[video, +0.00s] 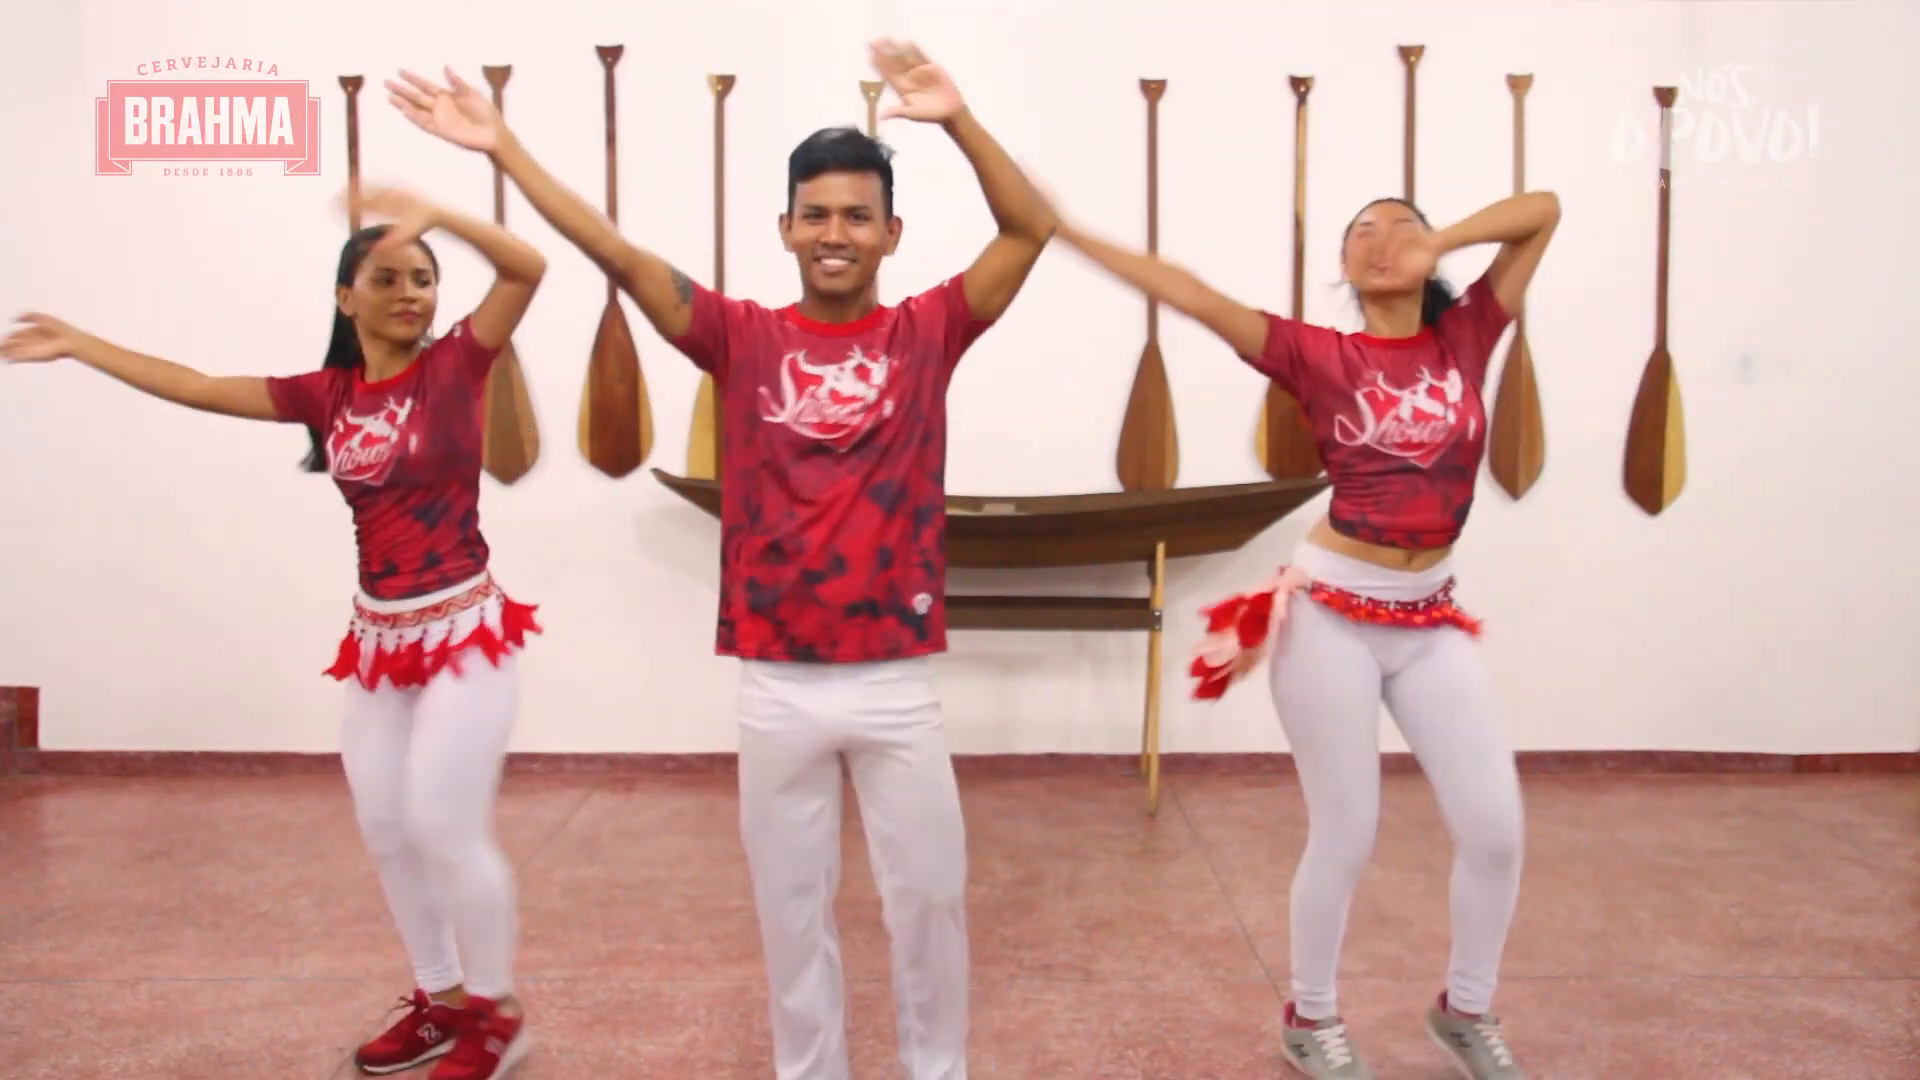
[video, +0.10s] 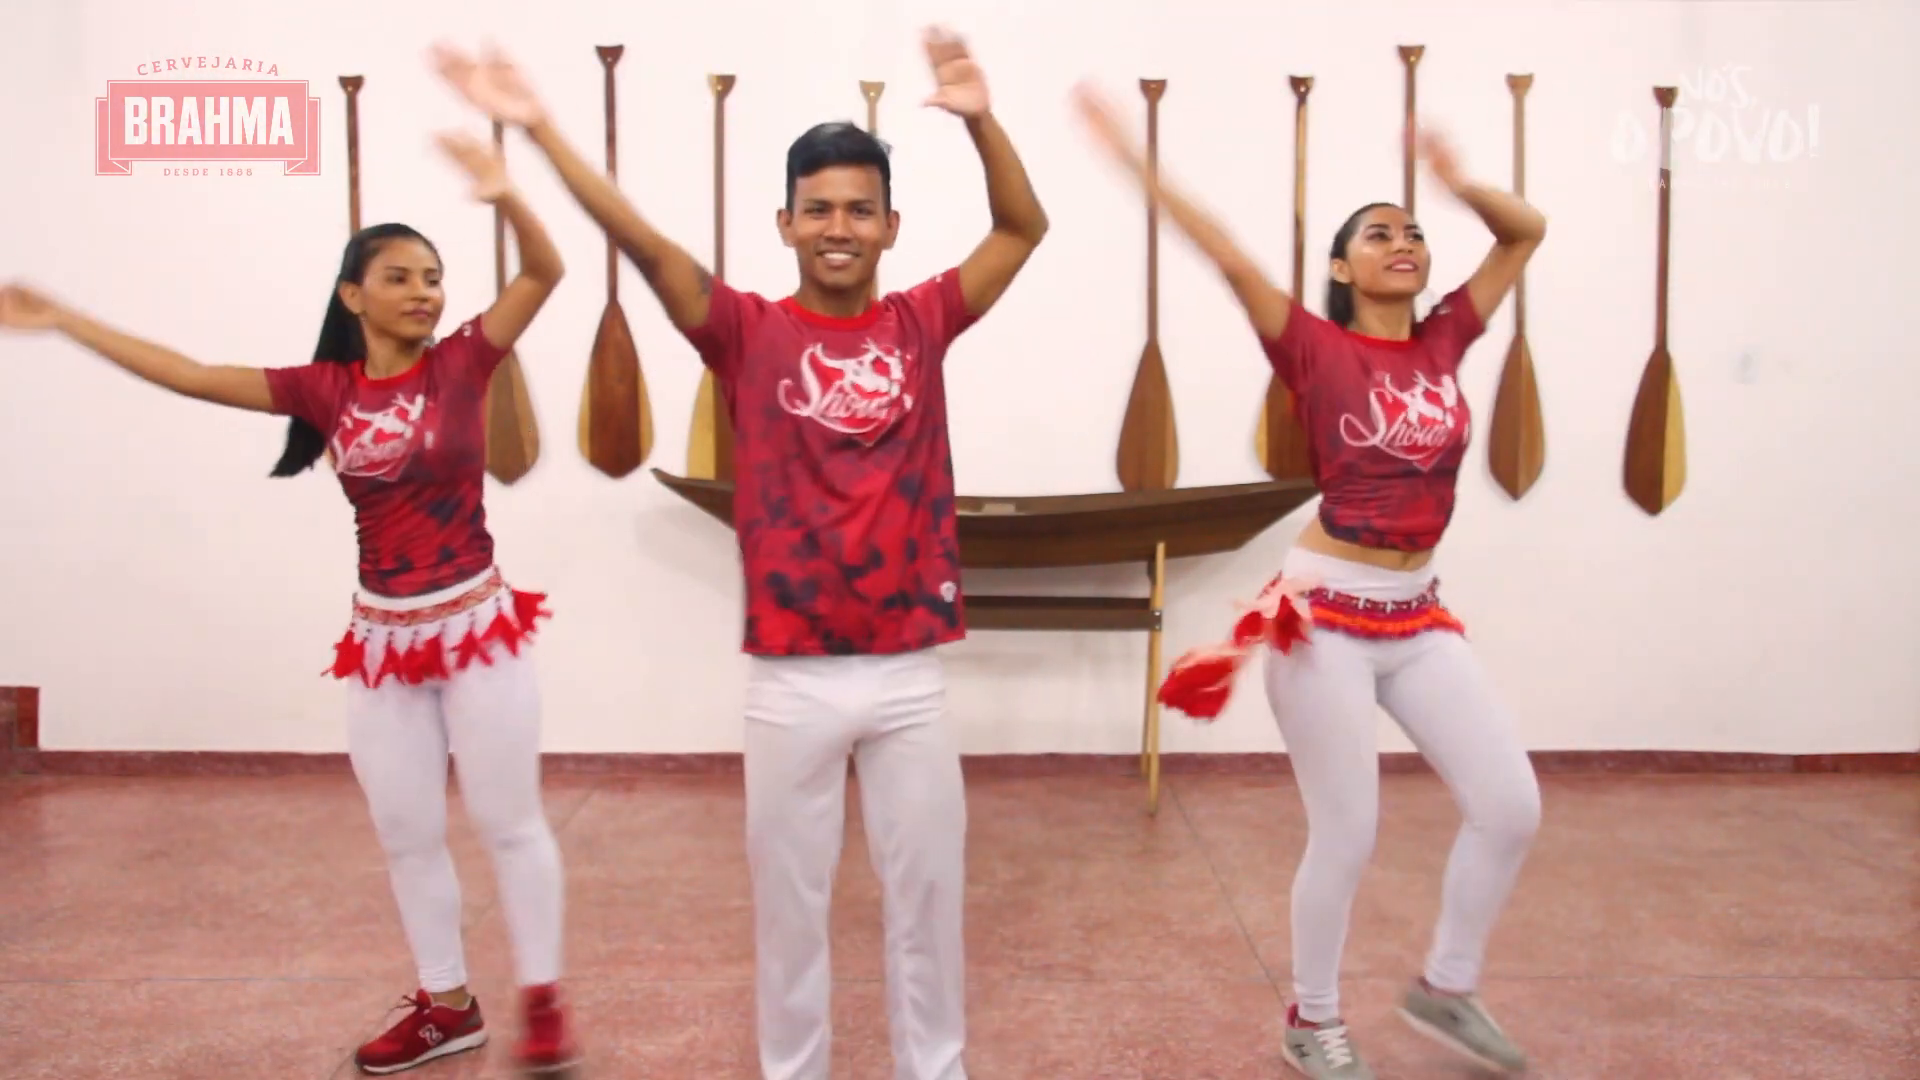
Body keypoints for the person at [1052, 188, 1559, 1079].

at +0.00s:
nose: (1381, 234)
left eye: (1400, 226)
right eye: (1363, 229)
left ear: (1431, 262)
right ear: (1345, 267)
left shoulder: (1465, 340)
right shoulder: (1321, 354)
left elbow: (1541, 212)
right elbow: (1190, 294)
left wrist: (1441, 240)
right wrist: (1071, 232)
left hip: (1428, 620)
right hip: (1329, 615)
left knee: (1495, 826)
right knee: (1346, 828)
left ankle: (1468, 1011)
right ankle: (1312, 1019)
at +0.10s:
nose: (1401, 244)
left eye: (1412, 238)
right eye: (1379, 236)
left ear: (1425, 269)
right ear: (1343, 269)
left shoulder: (1443, 346)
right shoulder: (1315, 349)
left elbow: (1525, 232)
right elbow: (1224, 249)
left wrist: (1457, 178)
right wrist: (1134, 159)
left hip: (1414, 619)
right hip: (1319, 615)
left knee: (1510, 805)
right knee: (1345, 824)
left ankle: (1447, 988)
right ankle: (1314, 1022)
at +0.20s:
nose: (1401, 242)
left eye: (1407, 232)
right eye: (1377, 232)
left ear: (1417, 263)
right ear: (1331, 263)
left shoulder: (1426, 335)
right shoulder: (1313, 333)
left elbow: (1505, 235)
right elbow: (1276, 211)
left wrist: (1514, 125)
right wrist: (1232, 81)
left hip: (1409, 607)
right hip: (1322, 607)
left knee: (1498, 796)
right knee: (1345, 823)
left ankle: (1414, 943)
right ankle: (1313, 1019)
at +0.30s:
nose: (1390, 238)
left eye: (1400, 229)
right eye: (1370, 228)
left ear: (1411, 259)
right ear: (1333, 254)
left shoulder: (1418, 331)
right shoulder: (1313, 329)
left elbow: (1503, 236)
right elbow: (1309, 198)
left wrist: (1564, 123)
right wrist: (1328, 55)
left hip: (1408, 601)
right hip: (1323, 603)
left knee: (1464, 776)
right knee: (1347, 821)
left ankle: (1388, 917)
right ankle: (1313, 1019)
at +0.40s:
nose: (1391, 244)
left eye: (1399, 236)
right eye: (1371, 234)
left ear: (1408, 264)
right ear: (1334, 260)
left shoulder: (1414, 337)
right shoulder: (1317, 330)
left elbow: (1507, 262)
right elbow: (1324, 188)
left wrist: (1589, 171)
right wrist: (1402, 62)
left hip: (1411, 597)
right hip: (1336, 597)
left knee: (1413, 780)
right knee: (1358, 819)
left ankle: (1378, 916)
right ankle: (1311, 1019)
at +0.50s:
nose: (1396, 261)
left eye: (1404, 250)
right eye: (1376, 248)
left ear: (1414, 270)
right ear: (1340, 263)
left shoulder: (1412, 350)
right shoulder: (1324, 337)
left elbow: (1510, 292)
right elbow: (1344, 198)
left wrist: (1611, 228)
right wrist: (1451, 105)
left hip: (1399, 599)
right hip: (1342, 598)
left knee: (1379, 801)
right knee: (1370, 820)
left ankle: (1357, 935)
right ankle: (1311, 1018)